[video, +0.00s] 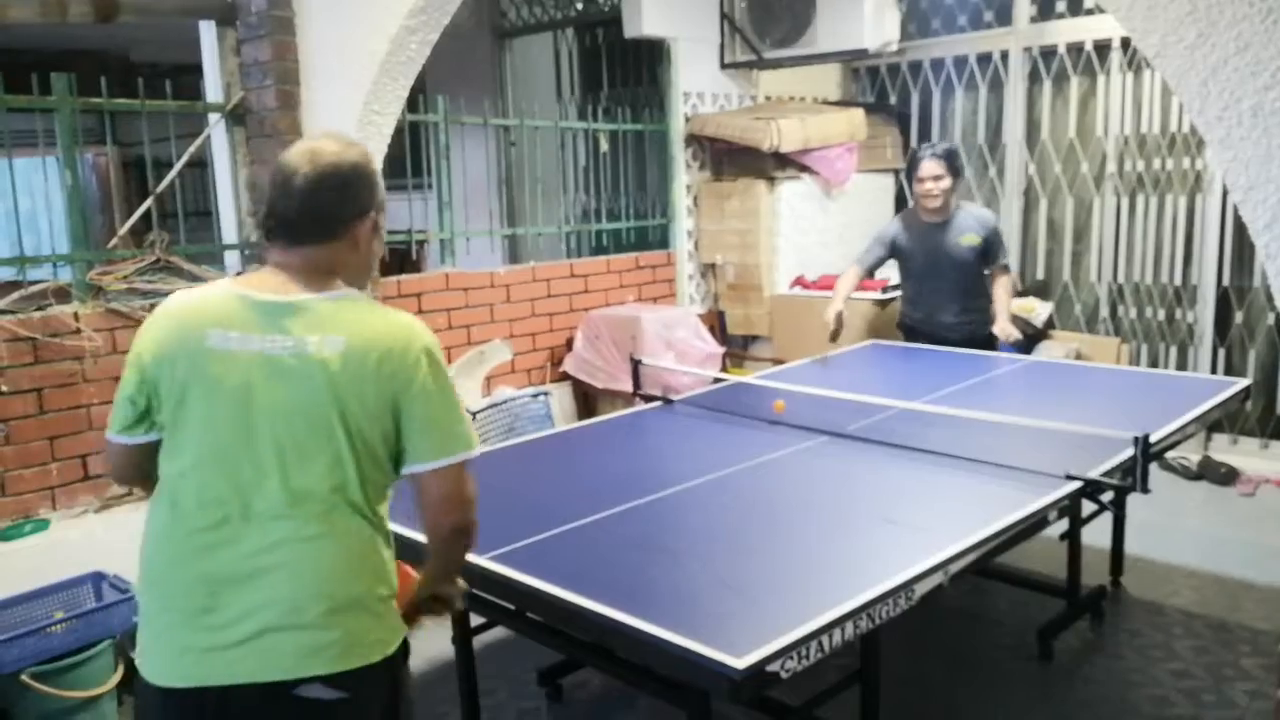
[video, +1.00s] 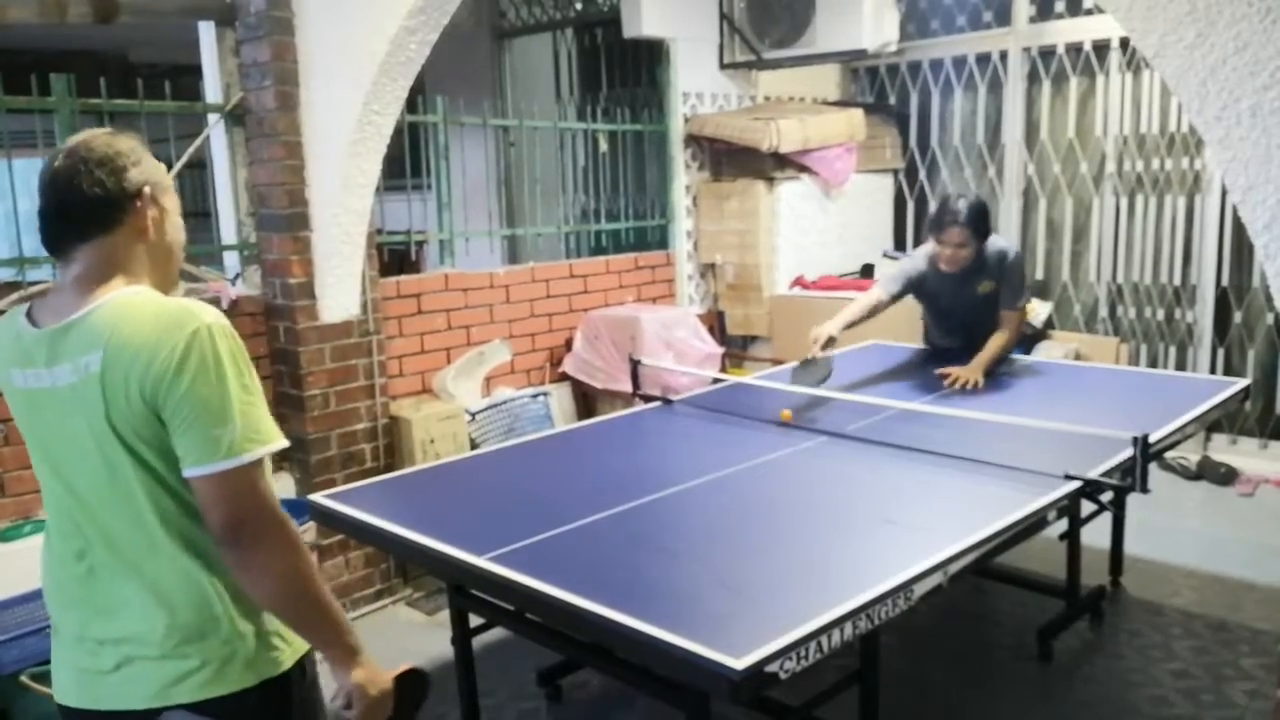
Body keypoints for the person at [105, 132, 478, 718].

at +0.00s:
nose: (378, 243)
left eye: (380, 227)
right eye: (379, 227)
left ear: (269, 222)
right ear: (366, 231)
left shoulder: (175, 319)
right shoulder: (397, 340)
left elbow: (125, 463)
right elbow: (452, 518)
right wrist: (436, 583)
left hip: (181, 666)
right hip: (335, 660)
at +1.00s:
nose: (183, 241)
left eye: (182, 220)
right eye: (179, 219)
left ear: (59, 234)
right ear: (147, 211)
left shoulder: (16, 336)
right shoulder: (182, 330)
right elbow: (243, 523)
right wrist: (348, 656)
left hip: (85, 674)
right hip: (218, 676)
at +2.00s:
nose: (202, 230)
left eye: (203, 212)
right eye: (201, 212)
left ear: (75, 219)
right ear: (175, 219)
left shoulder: (15, 340)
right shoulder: (201, 356)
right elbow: (256, 551)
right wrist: (359, 678)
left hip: (56, 682)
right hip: (198, 686)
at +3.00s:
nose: (181, 231)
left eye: (180, 212)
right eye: (174, 212)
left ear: (52, 226)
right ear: (133, 231)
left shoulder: (10, 335)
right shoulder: (193, 340)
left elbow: (8, 513)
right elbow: (255, 523)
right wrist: (338, 611)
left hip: (60, 671)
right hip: (205, 666)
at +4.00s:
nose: (317, 256)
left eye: (315, 237)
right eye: (308, 239)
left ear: (199, 245)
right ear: (260, 251)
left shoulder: (99, 326)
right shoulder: (280, 376)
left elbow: (66, 495)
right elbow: (311, 561)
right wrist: (452, 553)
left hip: (75, 670)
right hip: (219, 681)